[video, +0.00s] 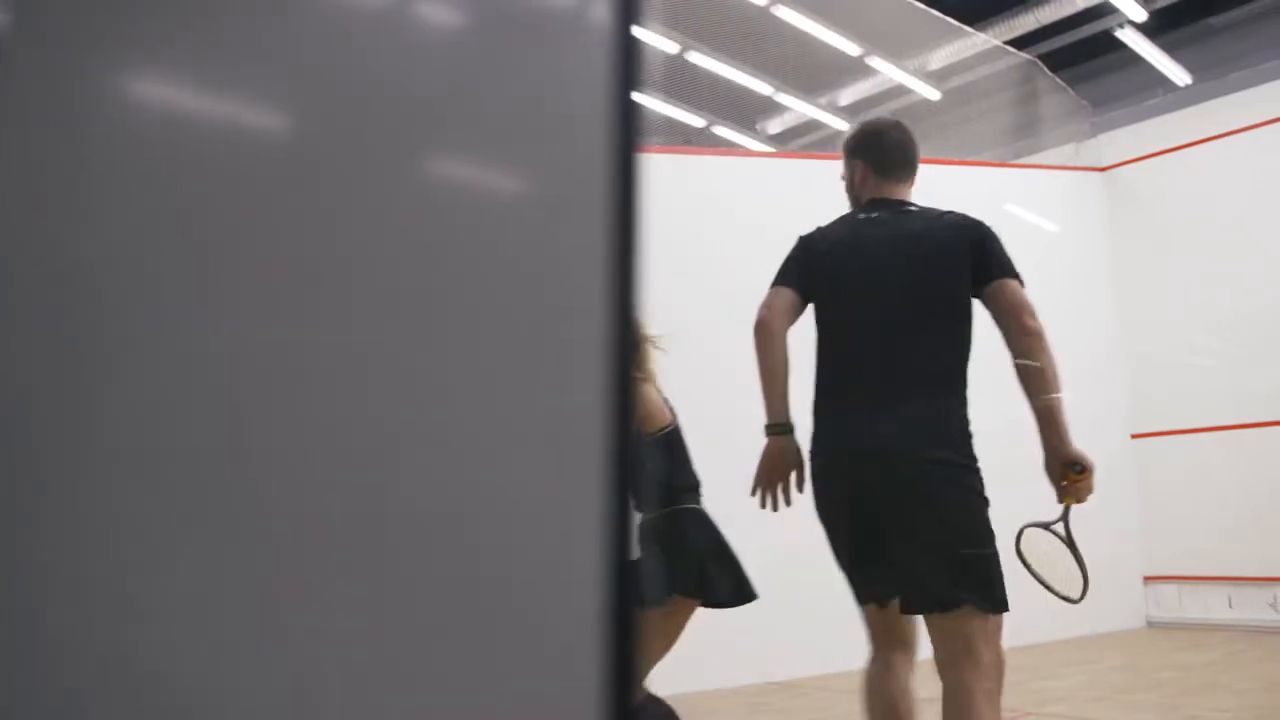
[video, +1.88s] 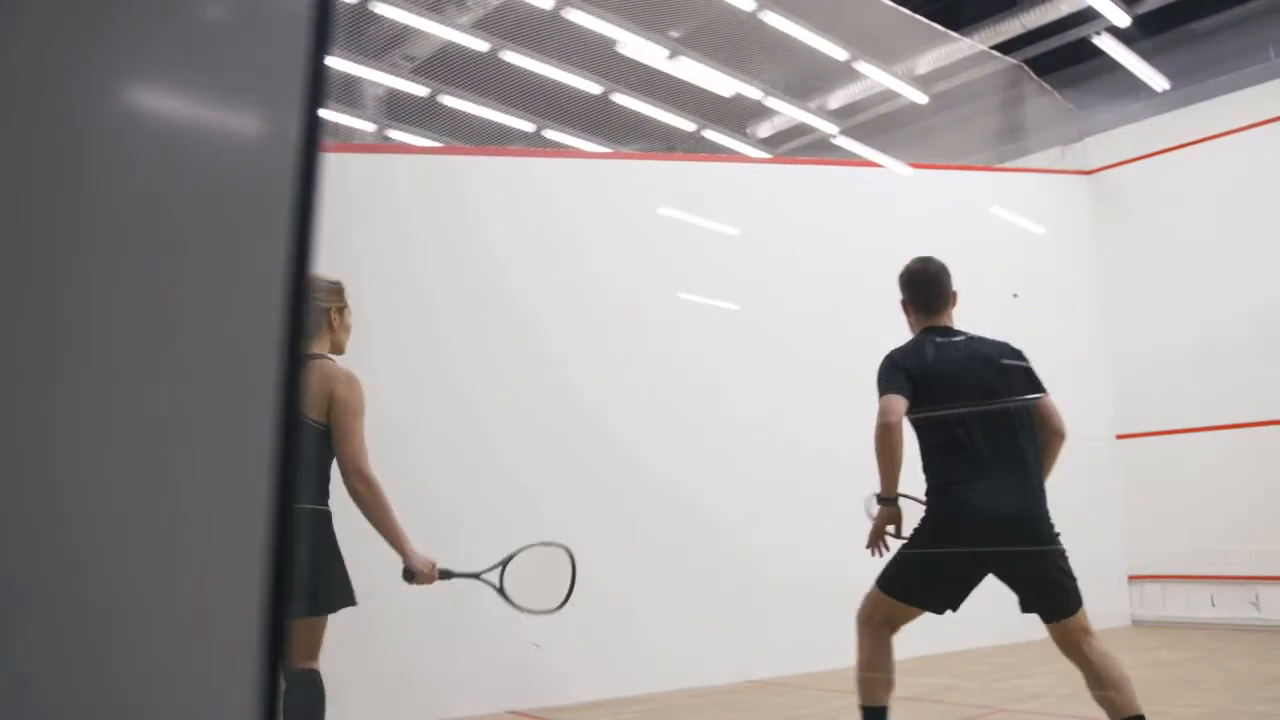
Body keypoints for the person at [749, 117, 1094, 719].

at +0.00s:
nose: (845, 183)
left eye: (844, 173)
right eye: (846, 174)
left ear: (855, 172)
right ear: (914, 175)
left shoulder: (821, 245)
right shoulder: (964, 233)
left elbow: (769, 323)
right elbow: (1025, 330)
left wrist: (779, 431)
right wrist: (1057, 443)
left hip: (844, 469)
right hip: (935, 467)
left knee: (889, 643)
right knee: (971, 660)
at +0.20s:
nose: (879, 195)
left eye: (881, 183)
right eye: (880, 184)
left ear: (896, 183)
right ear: (946, 187)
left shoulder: (865, 256)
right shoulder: (1004, 245)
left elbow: (813, 328)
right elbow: (1074, 340)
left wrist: (819, 436)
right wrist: (1094, 450)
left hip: (893, 467)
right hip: (981, 463)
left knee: (972, 660)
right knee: (984, 672)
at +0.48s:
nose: (918, 241)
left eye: (920, 223)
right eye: (917, 226)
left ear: (945, 215)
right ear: (982, 219)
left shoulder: (912, 289)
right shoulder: (1044, 275)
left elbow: (856, 361)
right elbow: (1114, 372)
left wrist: (861, 463)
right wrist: (1128, 470)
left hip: (951, 489)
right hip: (1033, 481)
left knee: (1043, 665)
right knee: (1059, 674)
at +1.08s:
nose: (971, 245)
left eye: (971, 236)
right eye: (973, 236)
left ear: (979, 236)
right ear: (1029, 234)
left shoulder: (954, 302)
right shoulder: (1078, 292)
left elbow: (905, 367)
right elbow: (1133, 372)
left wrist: (922, 440)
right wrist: (1150, 464)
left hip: (997, 494)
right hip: (1076, 485)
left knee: (1059, 639)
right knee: (1131, 630)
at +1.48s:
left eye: (970, 272)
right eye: (1020, 268)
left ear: (968, 276)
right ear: (1023, 274)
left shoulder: (952, 337)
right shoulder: (1071, 332)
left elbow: (923, 405)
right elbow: (1125, 409)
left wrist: (932, 466)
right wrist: (1123, 493)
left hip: (995, 517)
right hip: (1072, 512)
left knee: (982, 636)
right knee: (1121, 637)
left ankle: (1025, 713)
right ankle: (1160, 718)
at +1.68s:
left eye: (940, 289)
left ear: (943, 294)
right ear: (995, 289)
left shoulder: (934, 350)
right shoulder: (1049, 345)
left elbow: (914, 416)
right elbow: (1098, 423)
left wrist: (919, 489)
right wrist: (1082, 494)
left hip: (980, 523)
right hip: (1057, 520)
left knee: (927, 626)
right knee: (1108, 636)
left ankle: (950, 715)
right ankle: (1149, 718)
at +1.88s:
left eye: (904, 303)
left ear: (904, 306)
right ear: (954, 301)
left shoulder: (902, 362)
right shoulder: (1005, 353)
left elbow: (890, 422)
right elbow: (1054, 430)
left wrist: (888, 501)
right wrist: (1025, 489)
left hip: (955, 528)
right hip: (1026, 525)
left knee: (874, 621)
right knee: (1083, 642)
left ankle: (874, 716)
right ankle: (1135, 716)